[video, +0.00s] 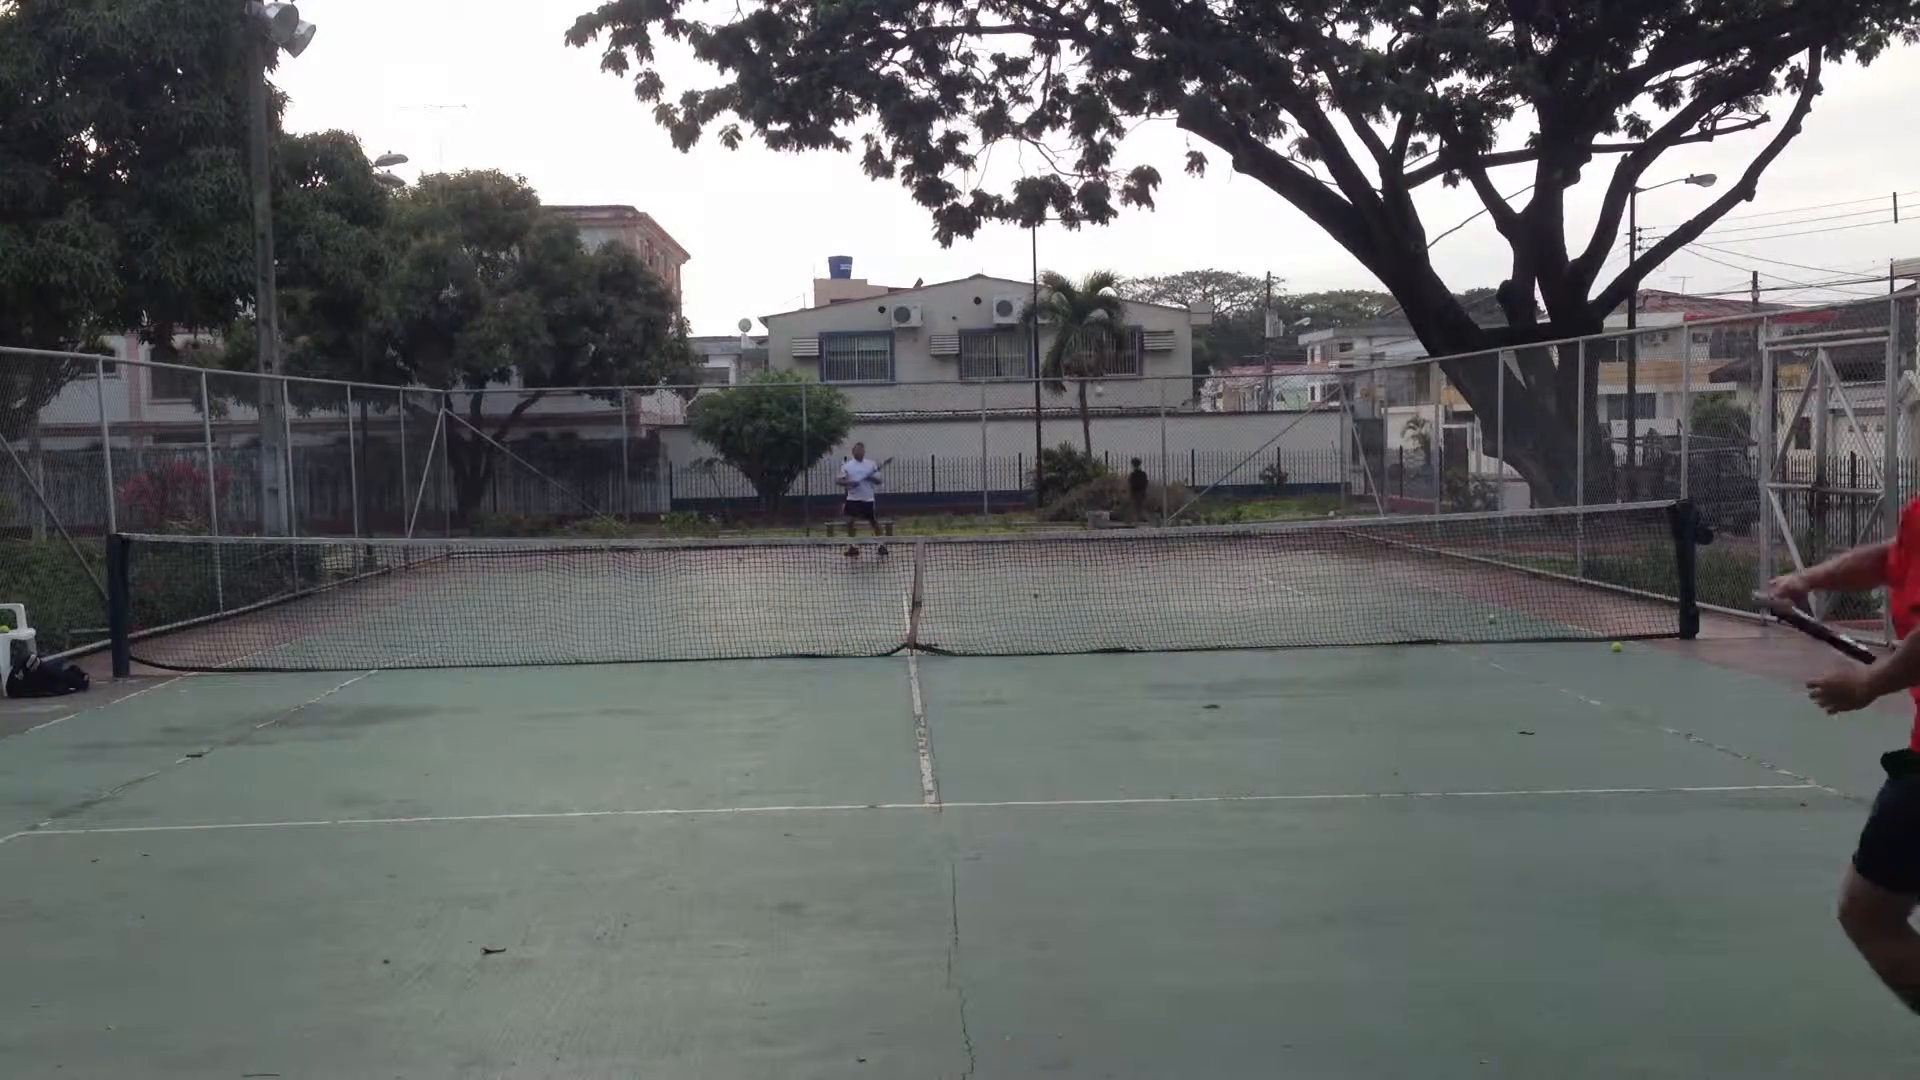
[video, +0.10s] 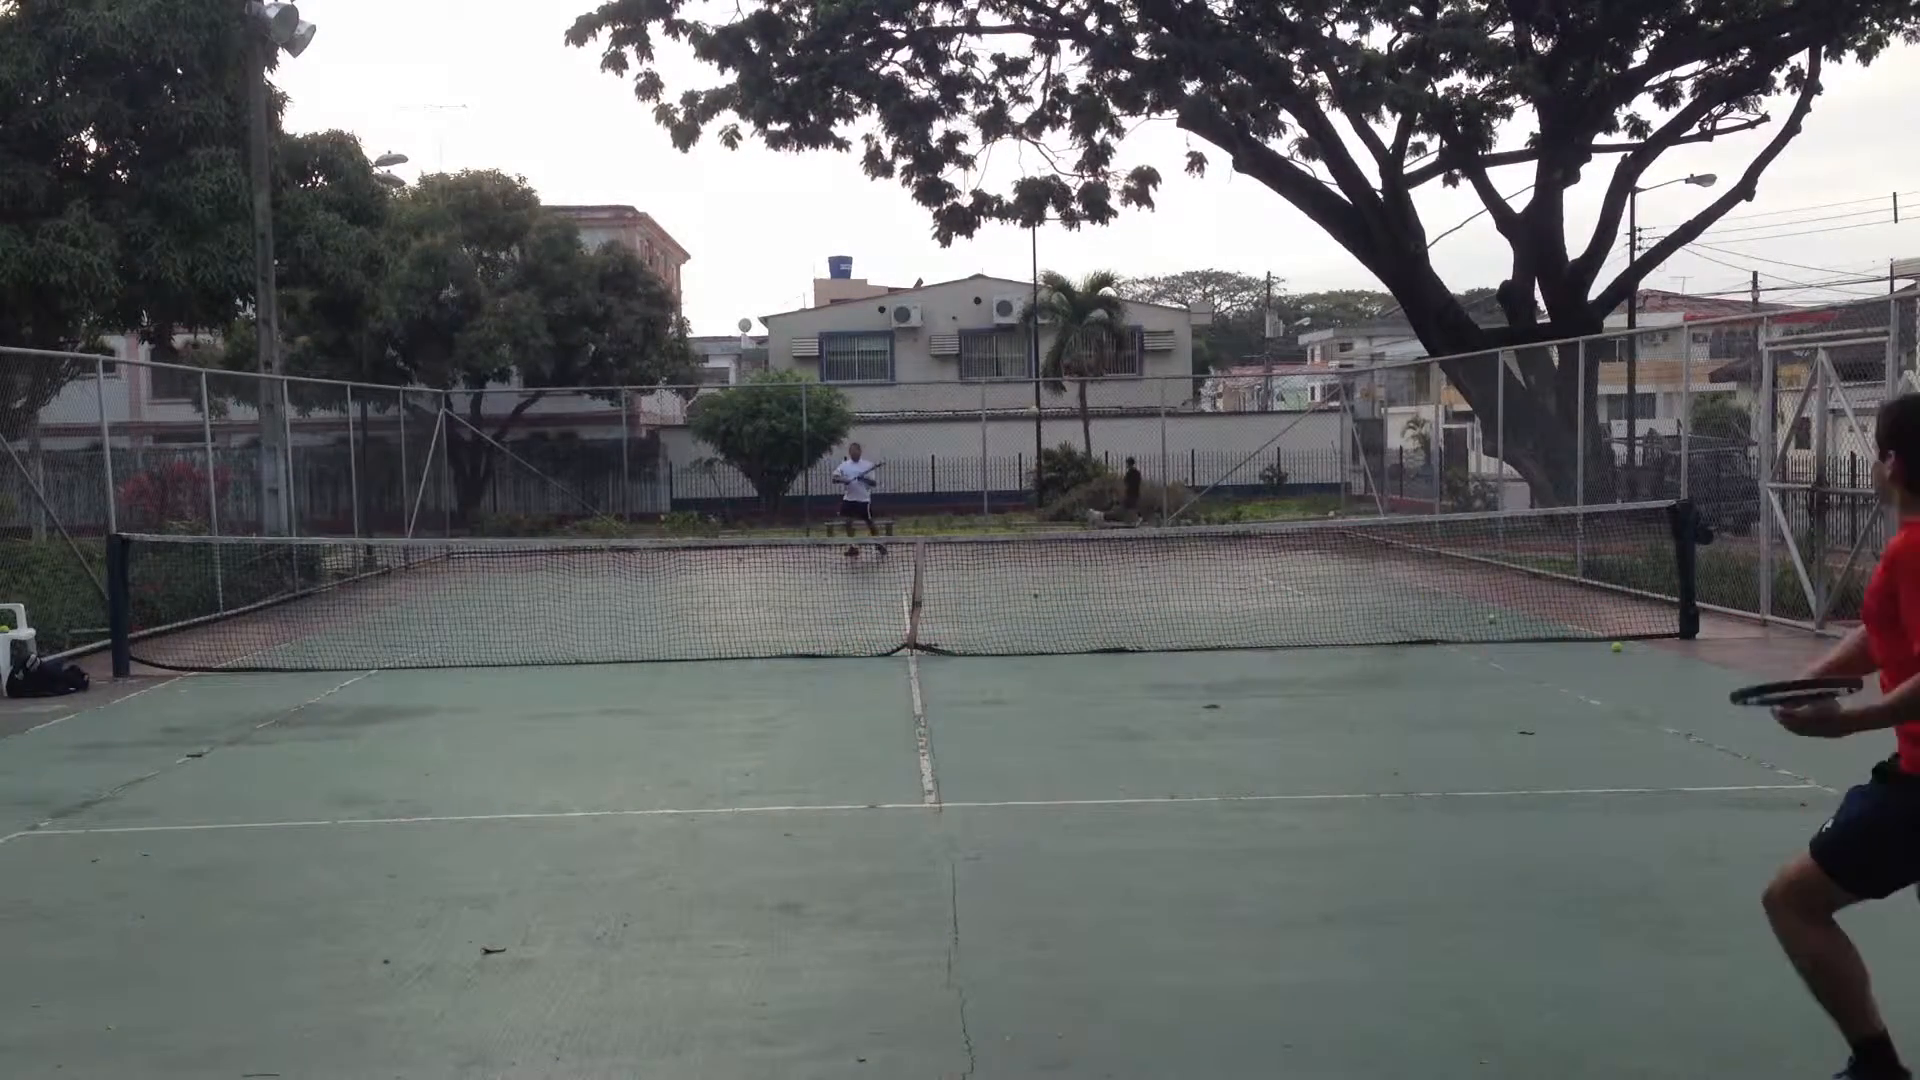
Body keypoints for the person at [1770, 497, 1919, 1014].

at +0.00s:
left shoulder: (1913, 527)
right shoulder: (1913, 519)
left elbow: (1917, 643)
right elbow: (1894, 559)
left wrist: (1867, 683)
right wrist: (1810, 579)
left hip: (1917, 758)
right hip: (1916, 756)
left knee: (1868, 912)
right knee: (1871, 910)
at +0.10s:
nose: (1874, 462)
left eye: (1878, 450)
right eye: (1879, 449)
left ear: (1893, 461)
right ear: (1912, 459)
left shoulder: (1908, 552)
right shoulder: (1901, 546)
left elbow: (1919, 680)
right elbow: (1882, 635)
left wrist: (1849, 719)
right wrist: (1818, 676)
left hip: (1915, 783)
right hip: (1909, 775)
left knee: (1793, 902)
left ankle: (1878, 1062)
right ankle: (1876, 1059)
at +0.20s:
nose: (1824, 518)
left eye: (1826, 506)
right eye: (1825, 506)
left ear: (1843, 518)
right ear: (1899, 514)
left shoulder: (1890, 604)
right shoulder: (1899, 585)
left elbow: (1915, 730)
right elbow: (1874, 690)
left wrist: (1828, 765)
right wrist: (1810, 739)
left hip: (1900, 808)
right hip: (1906, 801)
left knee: (1749, 902)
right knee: (1895, 911)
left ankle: (1779, 1068)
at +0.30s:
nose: (1769, 520)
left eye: (1772, 508)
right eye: (1773, 507)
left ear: (1786, 520)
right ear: (1842, 516)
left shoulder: (1834, 606)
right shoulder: (1861, 582)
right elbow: (1856, 698)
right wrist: (1789, 738)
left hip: (1864, 811)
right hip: (1906, 804)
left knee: (1708, 911)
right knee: (1886, 907)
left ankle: (1776, 1068)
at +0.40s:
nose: (1713, 485)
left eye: (1716, 473)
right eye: (1717, 472)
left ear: (1727, 485)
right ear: (1787, 484)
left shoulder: (1748, 572)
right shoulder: (1820, 553)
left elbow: (1794, 691)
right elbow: (1828, 669)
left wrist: (1712, 724)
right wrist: (1734, 718)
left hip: (1802, 790)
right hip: (1872, 774)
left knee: (1690, 917)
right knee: (1862, 891)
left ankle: (1773, 1069)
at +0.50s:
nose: (1663, 436)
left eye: (1665, 426)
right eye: (1671, 424)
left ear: (1673, 438)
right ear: (1742, 437)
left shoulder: (1682, 526)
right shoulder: (1781, 509)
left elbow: (1719, 641)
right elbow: (1813, 618)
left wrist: (1659, 684)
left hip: (1743, 754)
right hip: (1822, 741)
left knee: (1684, 909)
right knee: (1796, 874)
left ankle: (1761, 1065)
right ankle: (1850, 1042)